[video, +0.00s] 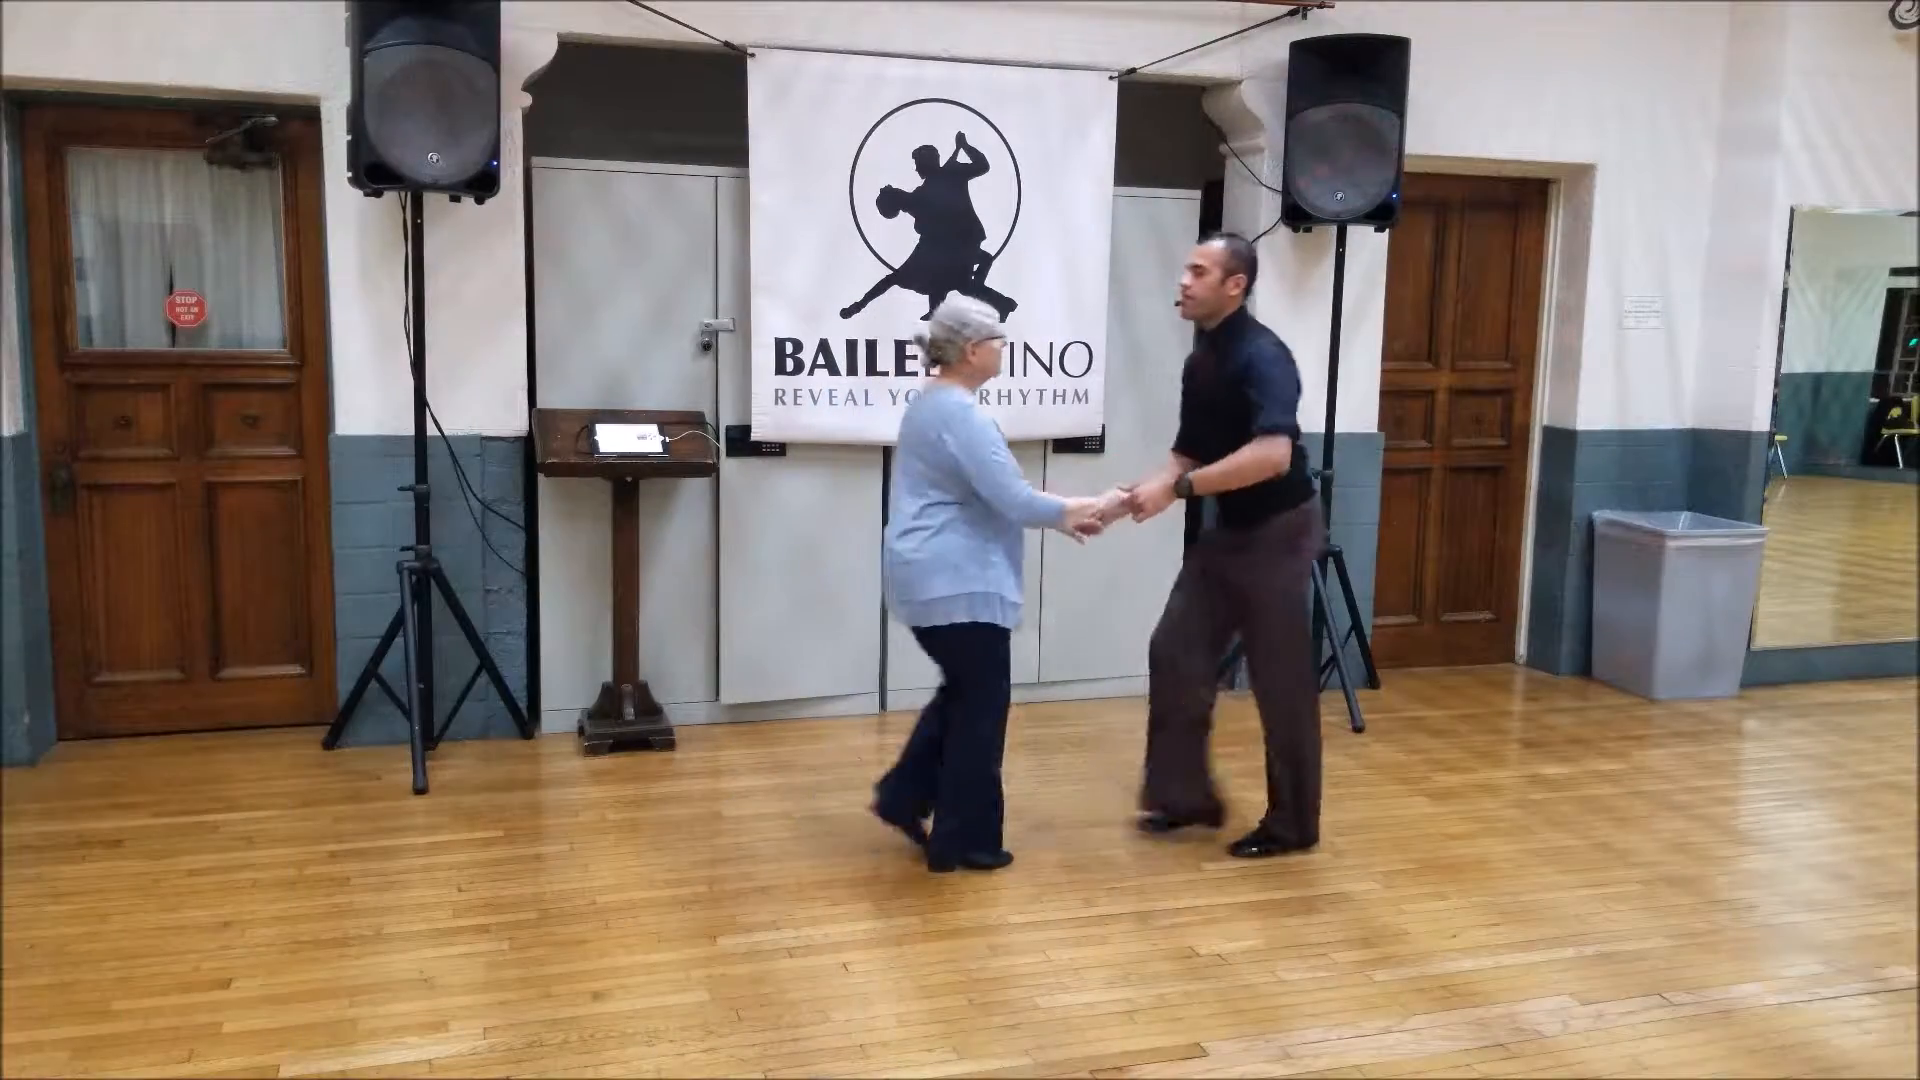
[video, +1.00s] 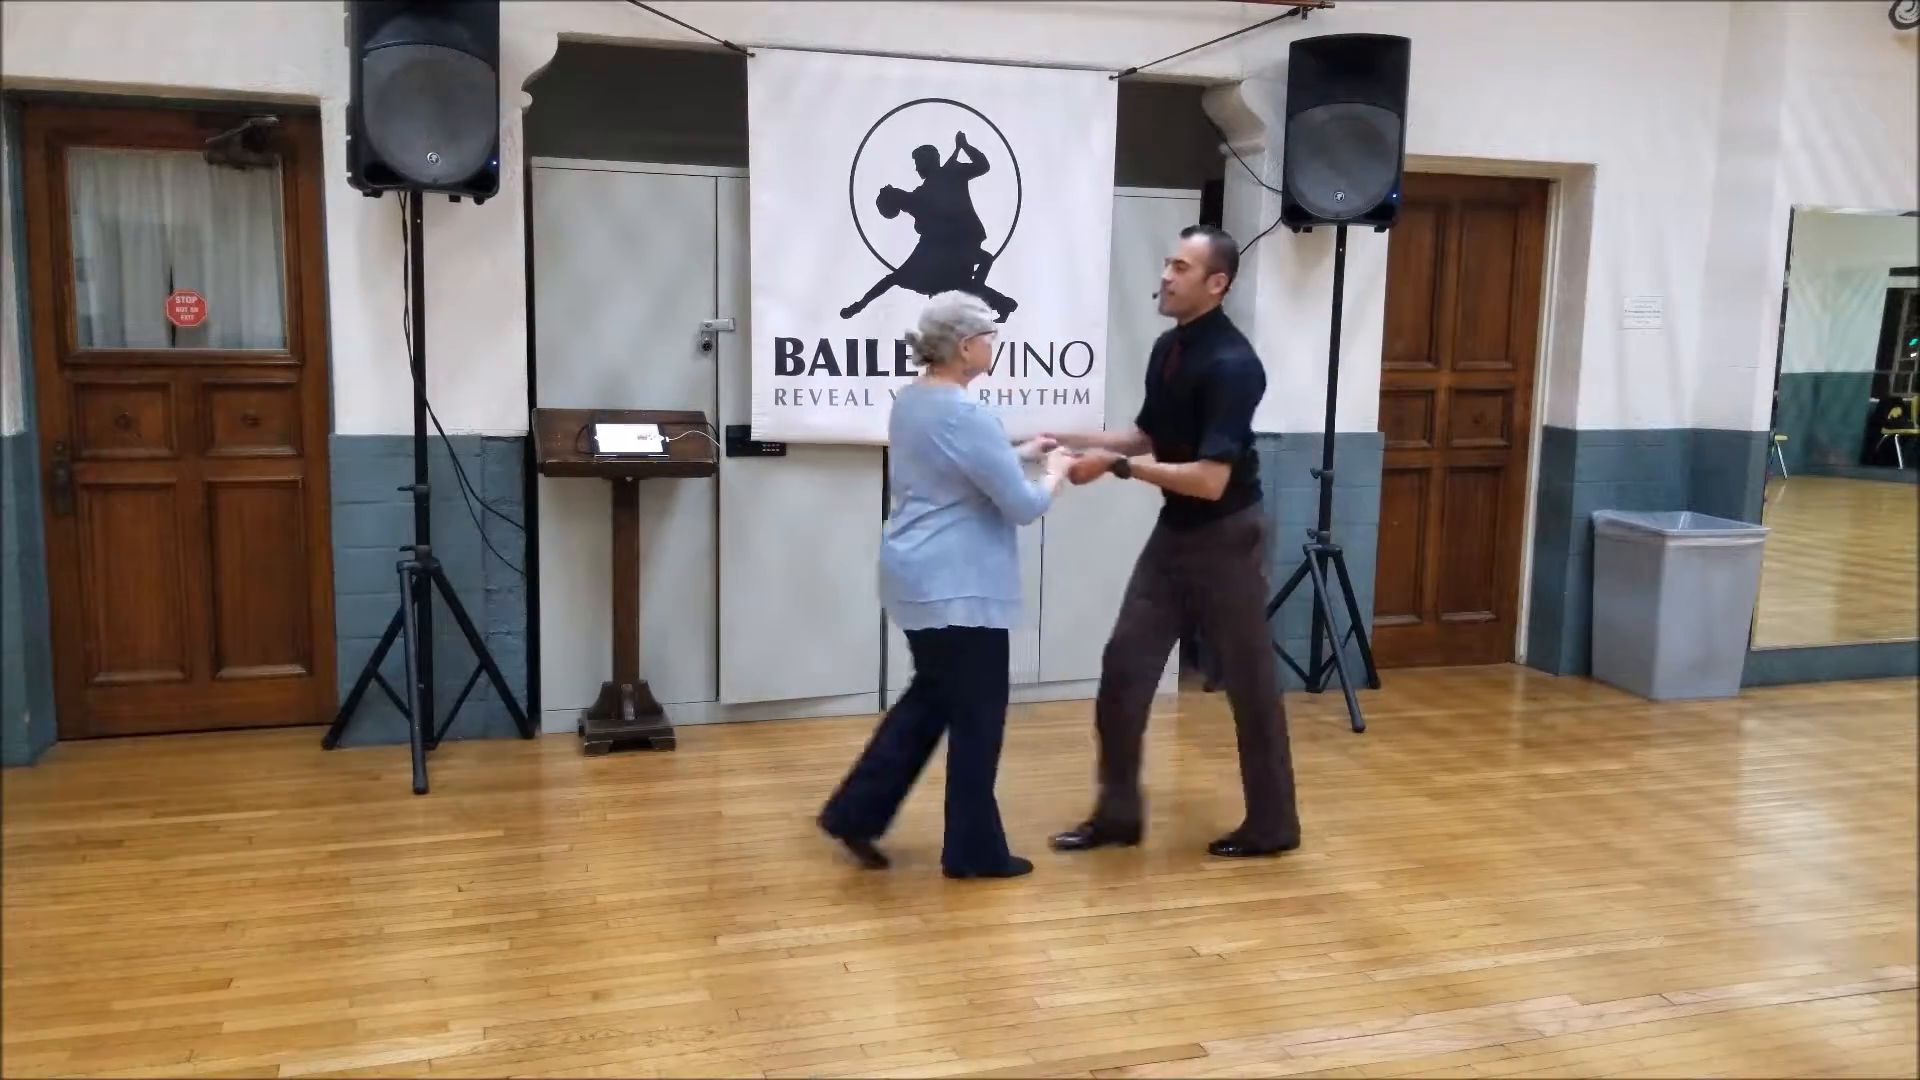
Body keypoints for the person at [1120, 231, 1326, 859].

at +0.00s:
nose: (1183, 283)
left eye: (1198, 274)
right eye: (1185, 272)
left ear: (1235, 285)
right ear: (1212, 283)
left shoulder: (1264, 355)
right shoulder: (1201, 360)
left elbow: (1274, 454)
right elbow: (1188, 456)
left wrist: (1183, 486)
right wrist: (1141, 495)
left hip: (1275, 535)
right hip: (1219, 536)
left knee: (1282, 678)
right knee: (1176, 652)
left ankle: (1294, 822)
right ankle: (1185, 799)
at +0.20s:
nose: (1221, 278)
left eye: (1237, 271)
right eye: (1223, 268)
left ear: (1275, 284)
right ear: (1229, 279)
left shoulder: (1298, 359)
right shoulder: (1225, 352)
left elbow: (1282, 477)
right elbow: (1215, 446)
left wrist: (1187, 513)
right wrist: (1146, 473)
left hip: (1304, 530)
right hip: (1255, 528)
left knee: (1305, 677)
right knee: (1251, 677)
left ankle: (1300, 823)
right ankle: (1340, 775)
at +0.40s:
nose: (1236, 285)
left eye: (1252, 278)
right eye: (1237, 274)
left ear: (1289, 293)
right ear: (1237, 282)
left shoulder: (1307, 366)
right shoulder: (1243, 361)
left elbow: (1306, 478)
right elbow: (1234, 452)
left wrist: (1218, 528)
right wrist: (1164, 473)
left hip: (1308, 529)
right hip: (1272, 528)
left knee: (1242, 663)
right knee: (1316, 664)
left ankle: (1281, 806)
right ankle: (1372, 806)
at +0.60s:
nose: (1231, 288)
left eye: (1247, 280)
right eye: (1233, 277)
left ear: (1283, 294)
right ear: (1238, 284)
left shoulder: (1301, 361)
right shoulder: (1236, 366)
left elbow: (1320, 456)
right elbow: (1223, 458)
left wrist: (1226, 498)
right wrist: (1170, 493)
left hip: (1291, 538)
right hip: (1261, 538)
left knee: (1213, 668)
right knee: (1306, 669)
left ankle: (1258, 815)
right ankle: (1367, 801)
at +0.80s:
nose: (1206, 274)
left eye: (1221, 267)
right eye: (1207, 263)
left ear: (1258, 280)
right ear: (1208, 273)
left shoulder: (1275, 353)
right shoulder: (1210, 343)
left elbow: (1272, 463)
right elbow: (1204, 435)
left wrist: (1177, 464)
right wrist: (1157, 461)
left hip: (1261, 531)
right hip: (1213, 527)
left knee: (1251, 676)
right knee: (1194, 663)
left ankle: (1263, 822)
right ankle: (1298, 754)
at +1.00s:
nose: (1165, 276)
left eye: (1180, 269)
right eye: (1168, 265)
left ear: (1217, 284)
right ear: (1184, 277)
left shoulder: (1233, 362)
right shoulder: (1170, 347)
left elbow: (1211, 480)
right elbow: (1148, 439)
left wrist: (1120, 464)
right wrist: (1075, 444)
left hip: (1228, 540)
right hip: (1175, 533)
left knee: (1251, 682)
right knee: (1125, 667)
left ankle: (1273, 825)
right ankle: (1118, 817)